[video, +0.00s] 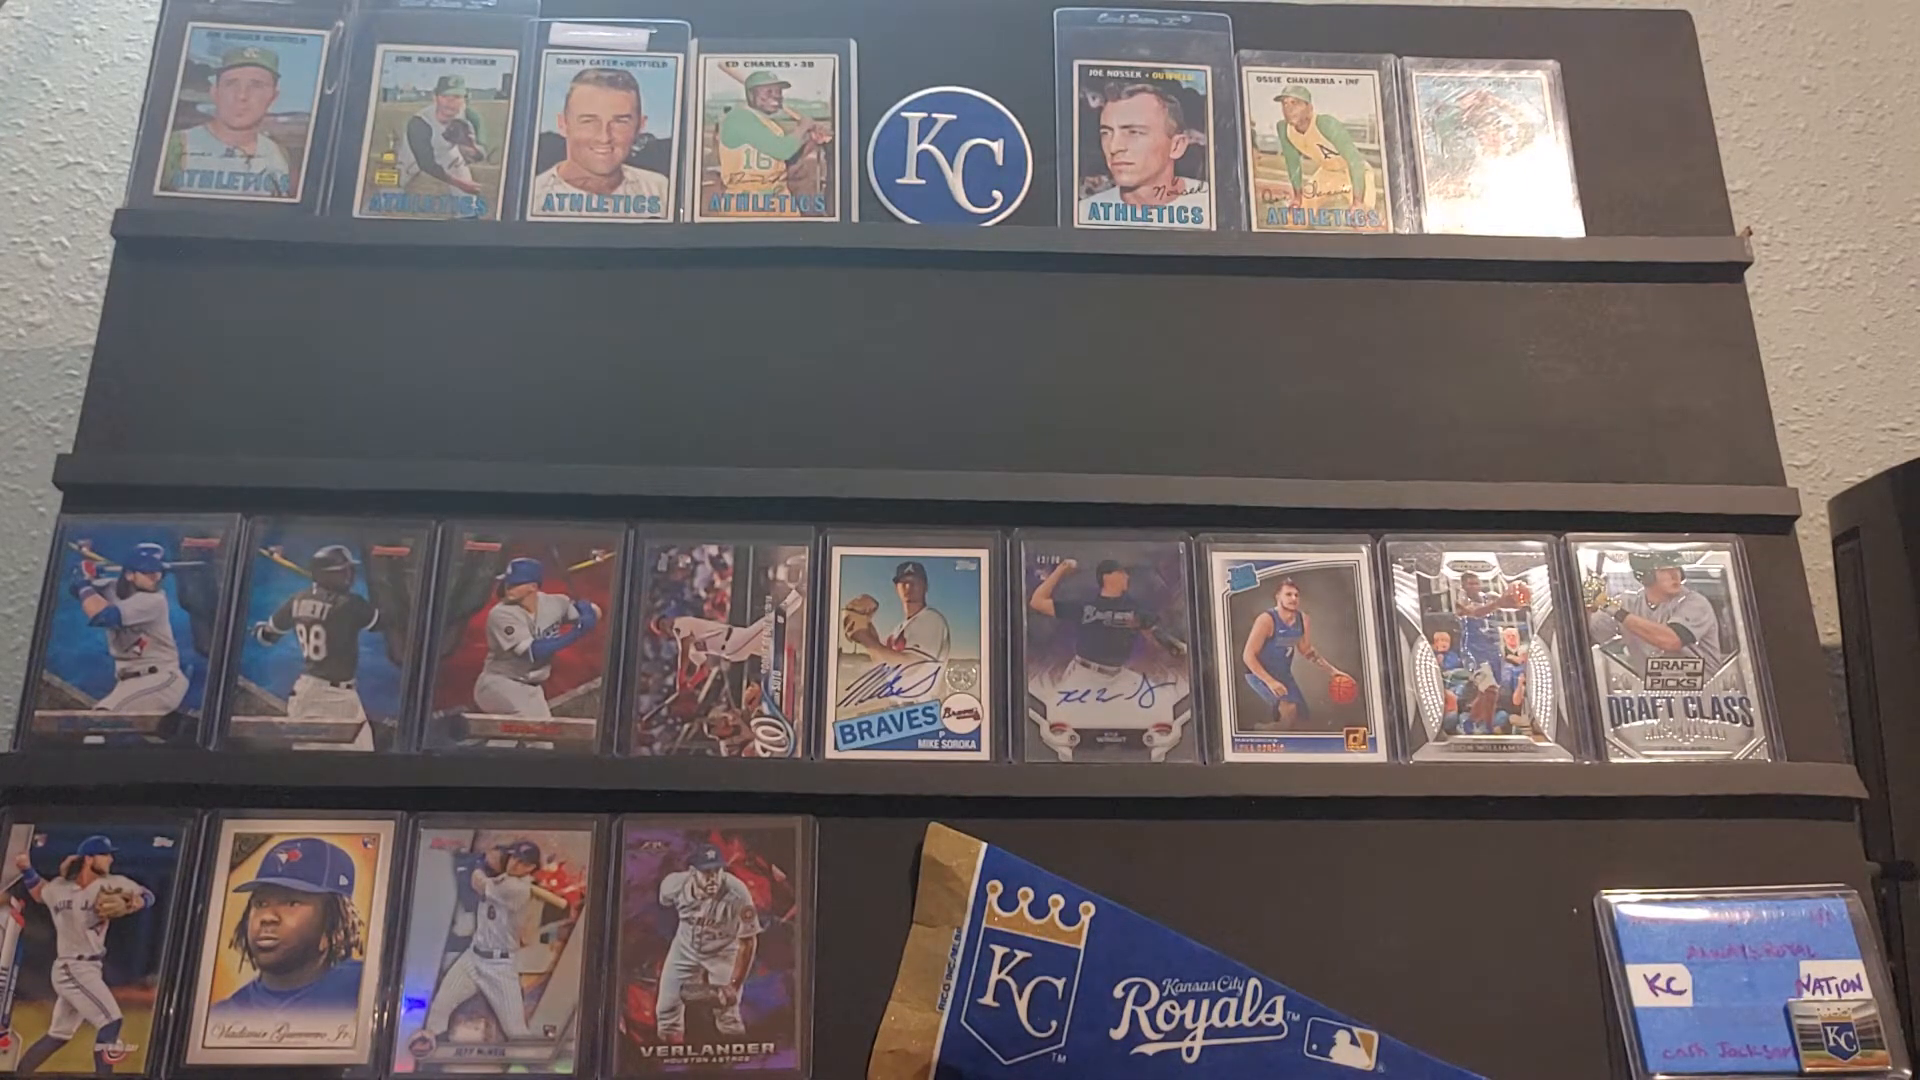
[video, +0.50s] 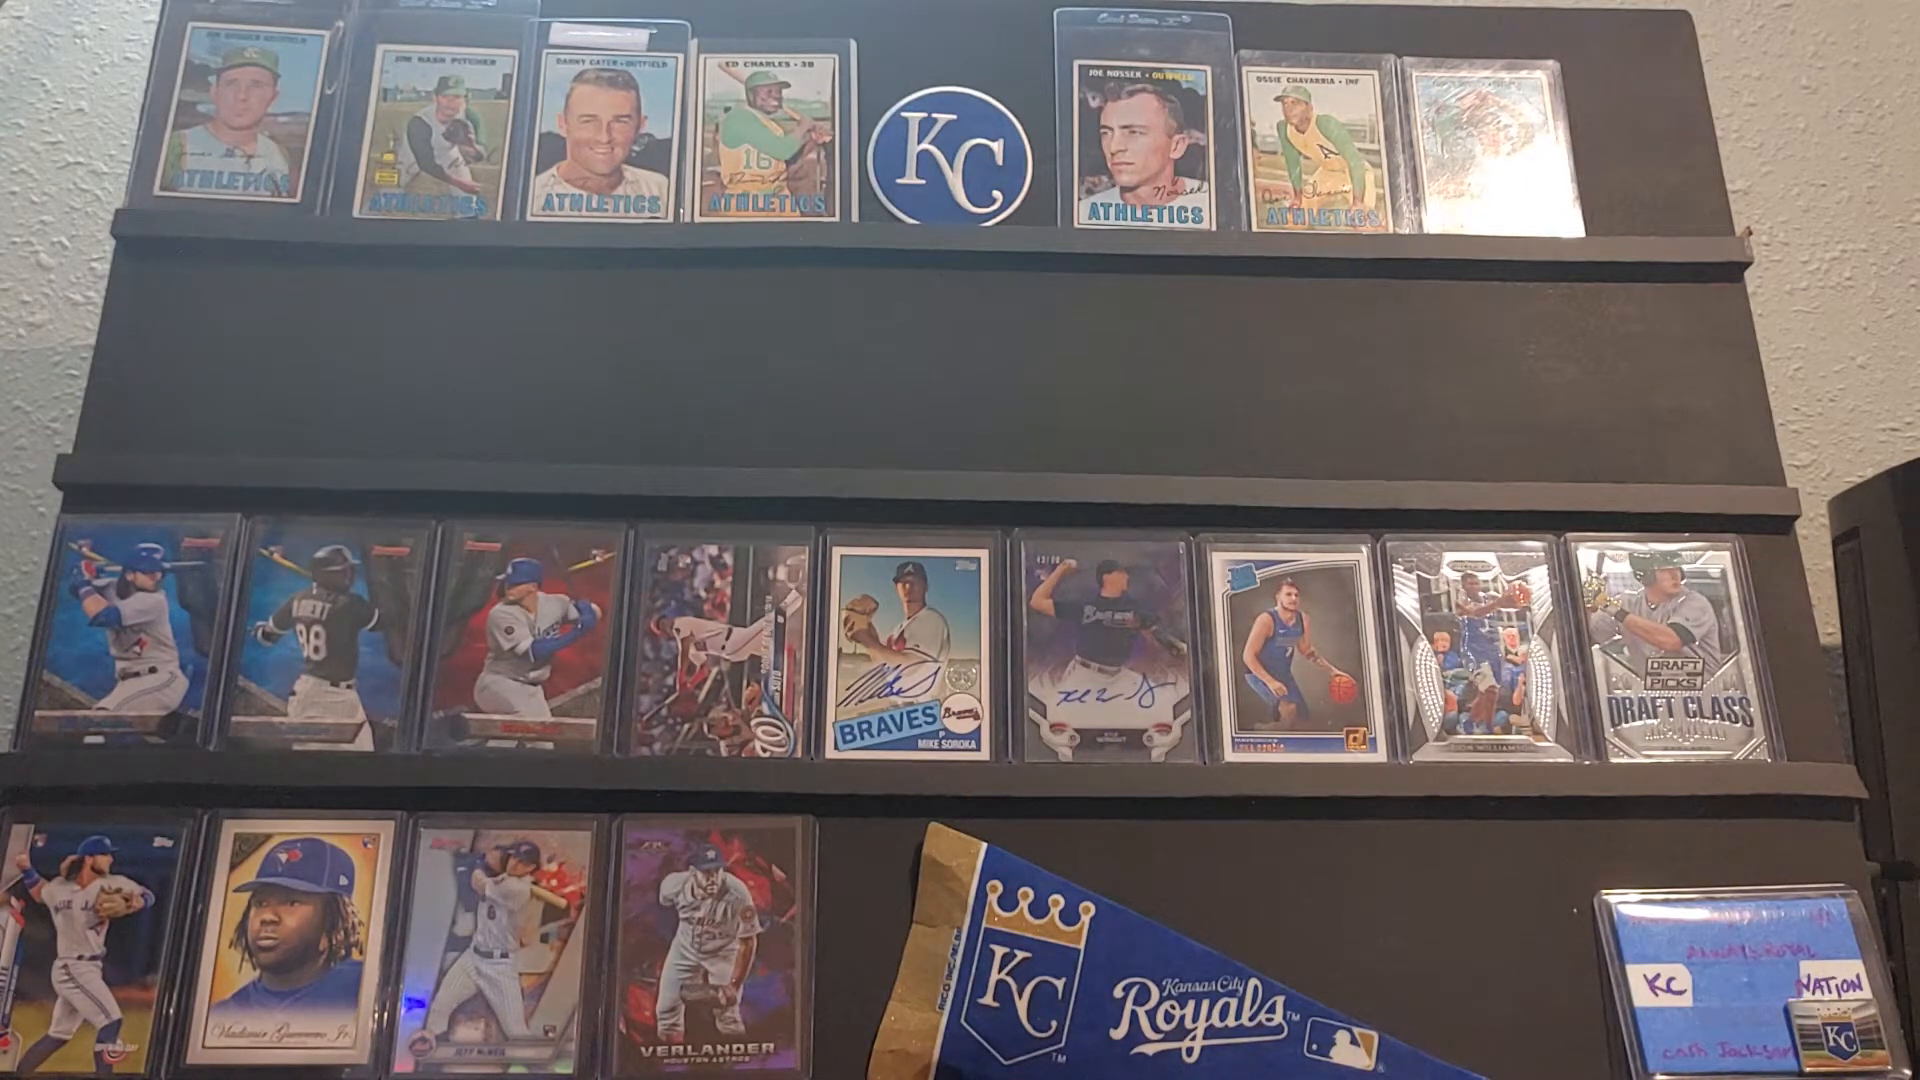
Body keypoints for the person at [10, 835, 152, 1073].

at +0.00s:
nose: (110, 860)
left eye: (110, 855)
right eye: (105, 855)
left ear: (95, 861)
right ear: (89, 859)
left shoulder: (111, 884)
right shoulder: (58, 888)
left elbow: (149, 896)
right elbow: (39, 892)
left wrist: (134, 904)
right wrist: (27, 870)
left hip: (91, 968)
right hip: (71, 968)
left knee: (58, 1035)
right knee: (111, 1020)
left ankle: (19, 1073)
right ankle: (104, 1074)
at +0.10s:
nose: (110, 860)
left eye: (110, 855)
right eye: (105, 855)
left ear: (95, 861)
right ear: (89, 859)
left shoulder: (111, 884)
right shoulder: (58, 888)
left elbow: (149, 896)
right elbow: (39, 892)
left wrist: (134, 904)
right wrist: (27, 870)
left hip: (90, 968)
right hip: (71, 968)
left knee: (58, 1035)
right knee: (111, 1020)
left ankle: (19, 1072)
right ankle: (104, 1074)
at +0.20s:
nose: (110, 859)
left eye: (110, 855)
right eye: (105, 855)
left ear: (95, 861)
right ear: (89, 859)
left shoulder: (112, 884)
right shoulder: (58, 888)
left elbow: (149, 896)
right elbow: (39, 892)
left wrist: (134, 904)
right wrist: (27, 870)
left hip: (90, 968)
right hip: (71, 968)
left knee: (58, 1035)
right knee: (111, 1020)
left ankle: (19, 1072)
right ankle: (104, 1074)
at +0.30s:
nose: (110, 859)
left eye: (110, 855)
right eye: (105, 855)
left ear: (95, 861)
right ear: (89, 859)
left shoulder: (112, 884)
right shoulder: (58, 888)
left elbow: (149, 896)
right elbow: (39, 892)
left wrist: (134, 903)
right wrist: (27, 869)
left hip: (90, 968)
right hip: (71, 968)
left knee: (58, 1035)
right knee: (111, 1020)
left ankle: (19, 1072)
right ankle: (104, 1074)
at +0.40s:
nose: (110, 859)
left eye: (110, 855)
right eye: (105, 855)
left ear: (95, 861)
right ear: (89, 859)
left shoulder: (112, 884)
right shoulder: (58, 888)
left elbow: (149, 896)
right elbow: (39, 892)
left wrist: (135, 903)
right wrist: (27, 869)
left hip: (90, 968)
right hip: (71, 968)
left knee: (58, 1035)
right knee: (111, 1020)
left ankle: (19, 1073)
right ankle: (104, 1074)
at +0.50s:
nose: (110, 859)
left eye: (110, 855)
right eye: (105, 855)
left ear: (95, 861)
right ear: (89, 859)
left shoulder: (112, 884)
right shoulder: (58, 888)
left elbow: (149, 896)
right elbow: (39, 892)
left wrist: (134, 904)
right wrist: (27, 869)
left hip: (90, 968)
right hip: (71, 968)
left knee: (58, 1035)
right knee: (111, 1020)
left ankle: (19, 1072)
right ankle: (104, 1074)